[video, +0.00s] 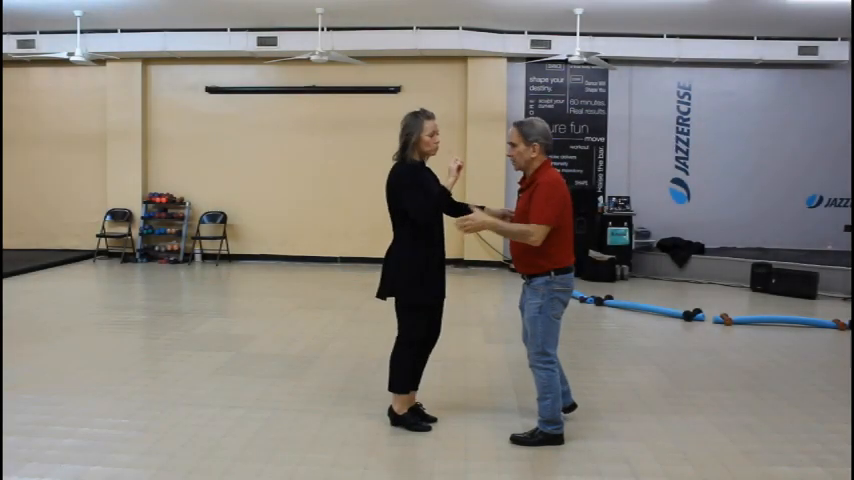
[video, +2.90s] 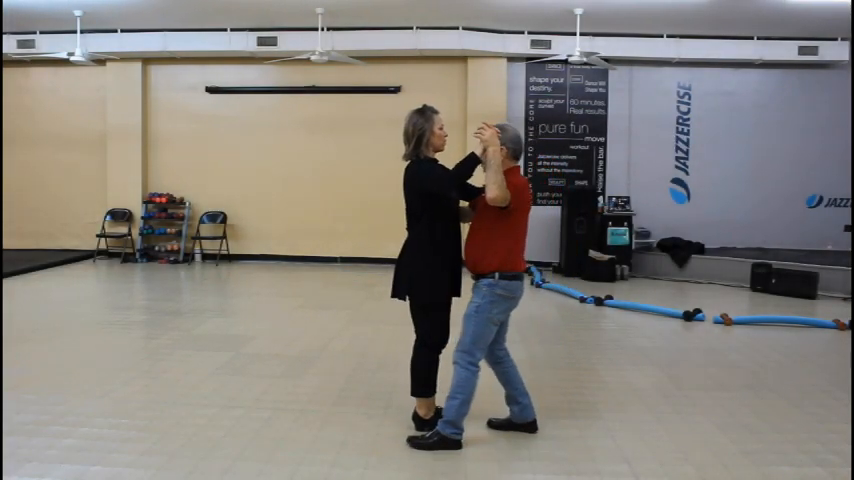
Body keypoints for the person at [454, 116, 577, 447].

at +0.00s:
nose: (508, 152)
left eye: (513, 146)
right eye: (509, 145)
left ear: (534, 149)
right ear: (531, 149)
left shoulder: (550, 183)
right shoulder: (534, 180)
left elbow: (535, 236)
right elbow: (523, 219)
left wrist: (488, 224)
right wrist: (492, 213)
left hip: (550, 281)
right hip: (537, 278)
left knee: (541, 354)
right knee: (535, 345)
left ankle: (550, 428)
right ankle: (562, 398)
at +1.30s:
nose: (513, 153)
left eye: (517, 146)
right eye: (513, 147)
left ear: (536, 148)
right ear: (536, 148)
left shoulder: (552, 179)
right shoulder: (534, 179)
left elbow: (529, 218)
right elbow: (510, 212)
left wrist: (500, 181)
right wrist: (464, 207)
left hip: (549, 279)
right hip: (535, 277)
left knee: (541, 353)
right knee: (531, 349)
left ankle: (548, 424)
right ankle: (537, 412)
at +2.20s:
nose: (492, 151)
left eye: (497, 145)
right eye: (491, 145)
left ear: (516, 148)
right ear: (512, 148)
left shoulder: (533, 178)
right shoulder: (501, 183)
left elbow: (509, 197)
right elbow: (466, 209)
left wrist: (499, 156)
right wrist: (433, 199)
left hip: (523, 276)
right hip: (507, 276)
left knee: (496, 347)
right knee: (514, 347)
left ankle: (518, 418)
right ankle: (525, 416)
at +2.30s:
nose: (491, 152)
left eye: (495, 146)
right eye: (489, 146)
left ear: (513, 148)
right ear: (509, 149)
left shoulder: (530, 179)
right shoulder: (499, 184)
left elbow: (506, 198)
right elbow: (463, 208)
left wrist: (497, 156)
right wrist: (432, 195)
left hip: (518, 277)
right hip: (504, 276)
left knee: (489, 349)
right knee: (512, 348)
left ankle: (489, 426)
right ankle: (525, 417)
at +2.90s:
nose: (481, 150)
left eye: (487, 145)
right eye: (483, 145)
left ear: (503, 151)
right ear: (503, 152)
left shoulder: (517, 181)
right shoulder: (496, 183)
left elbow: (496, 198)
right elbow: (466, 213)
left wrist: (491, 156)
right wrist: (432, 208)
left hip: (498, 282)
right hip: (496, 280)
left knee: (466, 356)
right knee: (495, 351)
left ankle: (449, 430)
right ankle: (523, 416)